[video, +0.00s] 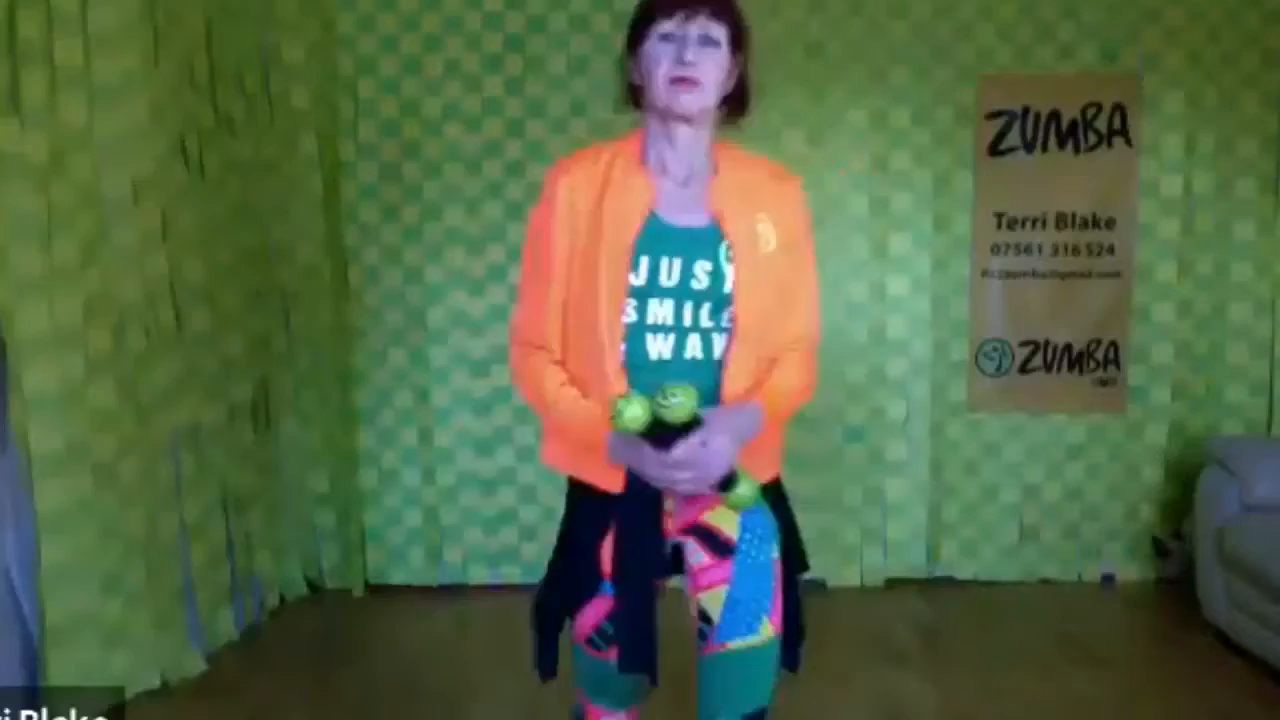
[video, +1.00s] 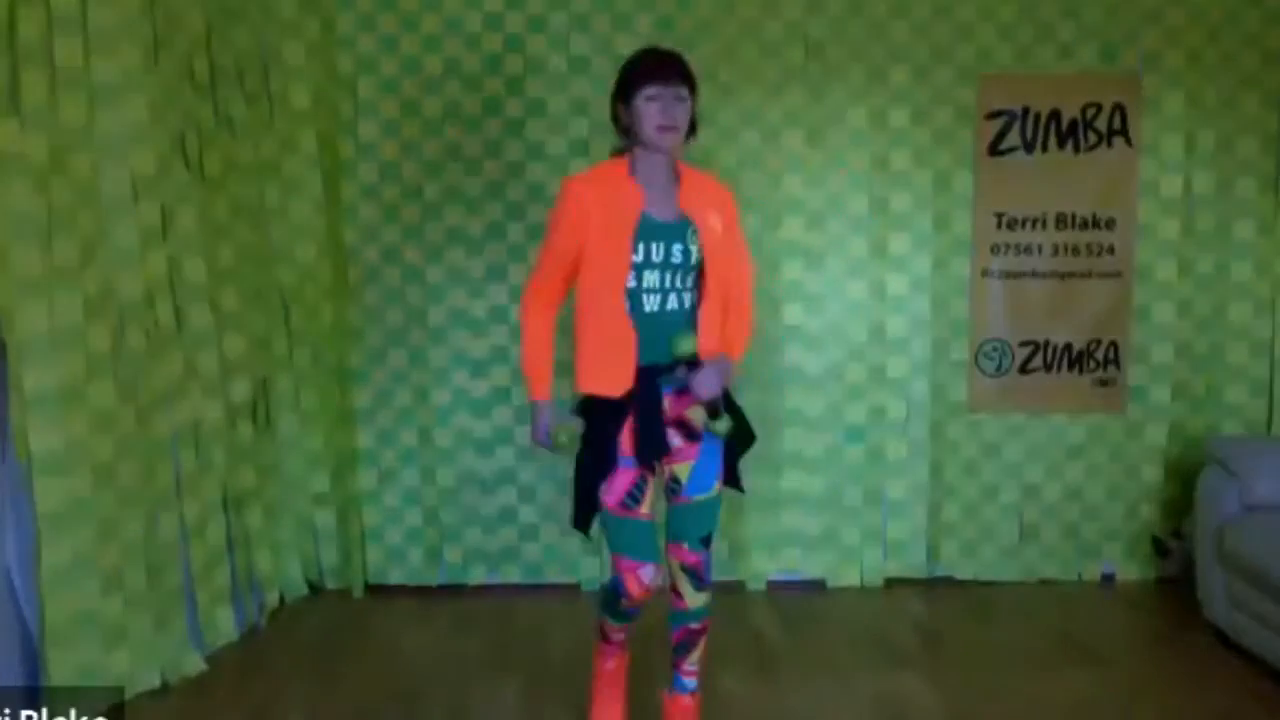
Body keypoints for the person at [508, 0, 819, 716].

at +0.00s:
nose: (685, 55)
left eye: (707, 42)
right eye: (667, 39)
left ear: (734, 70)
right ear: (636, 64)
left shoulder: (774, 194)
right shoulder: (575, 186)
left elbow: (796, 356)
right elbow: (533, 356)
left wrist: (738, 426)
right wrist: (626, 449)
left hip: (737, 499)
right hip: (612, 501)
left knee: (738, 707)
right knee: (607, 705)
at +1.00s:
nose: (667, 112)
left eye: (679, 100)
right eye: (652, 100)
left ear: (693, 114)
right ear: (624, 112)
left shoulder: (712, 197)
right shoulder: (585, 195)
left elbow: (737, 291)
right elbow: (542, 295)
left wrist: (724, 361)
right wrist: (541, 396)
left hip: (696, 399)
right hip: (618, 404)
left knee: (693, 566)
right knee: (634, 575)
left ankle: (685, 695)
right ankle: (611, 657)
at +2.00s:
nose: (670, 130)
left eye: (681, 120)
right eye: (660, 119)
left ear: (698, 133)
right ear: (640, 130)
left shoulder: (719, 200)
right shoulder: (609, 200)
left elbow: (739, 276)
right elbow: (571, 289)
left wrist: (733, 339)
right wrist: (566, 372)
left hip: (703, 369)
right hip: (635, 372)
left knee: (697, 511)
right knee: (645, 518)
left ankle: (690, 628)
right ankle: (628, 616)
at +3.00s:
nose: (663, 134)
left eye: (674, 124)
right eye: (652, 124)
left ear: (689, 135)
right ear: (633, 133)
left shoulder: (709, 199)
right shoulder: (606, 202)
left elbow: (728, 278)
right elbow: (563, 288)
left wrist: (717, 332)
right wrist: (563, 366)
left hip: (696, 364)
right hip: (632, 367)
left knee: (687, 503)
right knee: (646, 507)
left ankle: (672, 616)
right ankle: (621, 617)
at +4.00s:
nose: (659, 135)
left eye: (671, 125)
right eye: (648, 124)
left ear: (687, 136)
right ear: (630, 134)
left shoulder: (710, 197)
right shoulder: (602, 202)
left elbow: (734, 275)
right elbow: (566, 292)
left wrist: (721, 327)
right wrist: (571, 367)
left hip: (698, 365)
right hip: (631, 369)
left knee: (693, 503)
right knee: (639, 509)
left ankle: (685, 616)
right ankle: (617, 609)